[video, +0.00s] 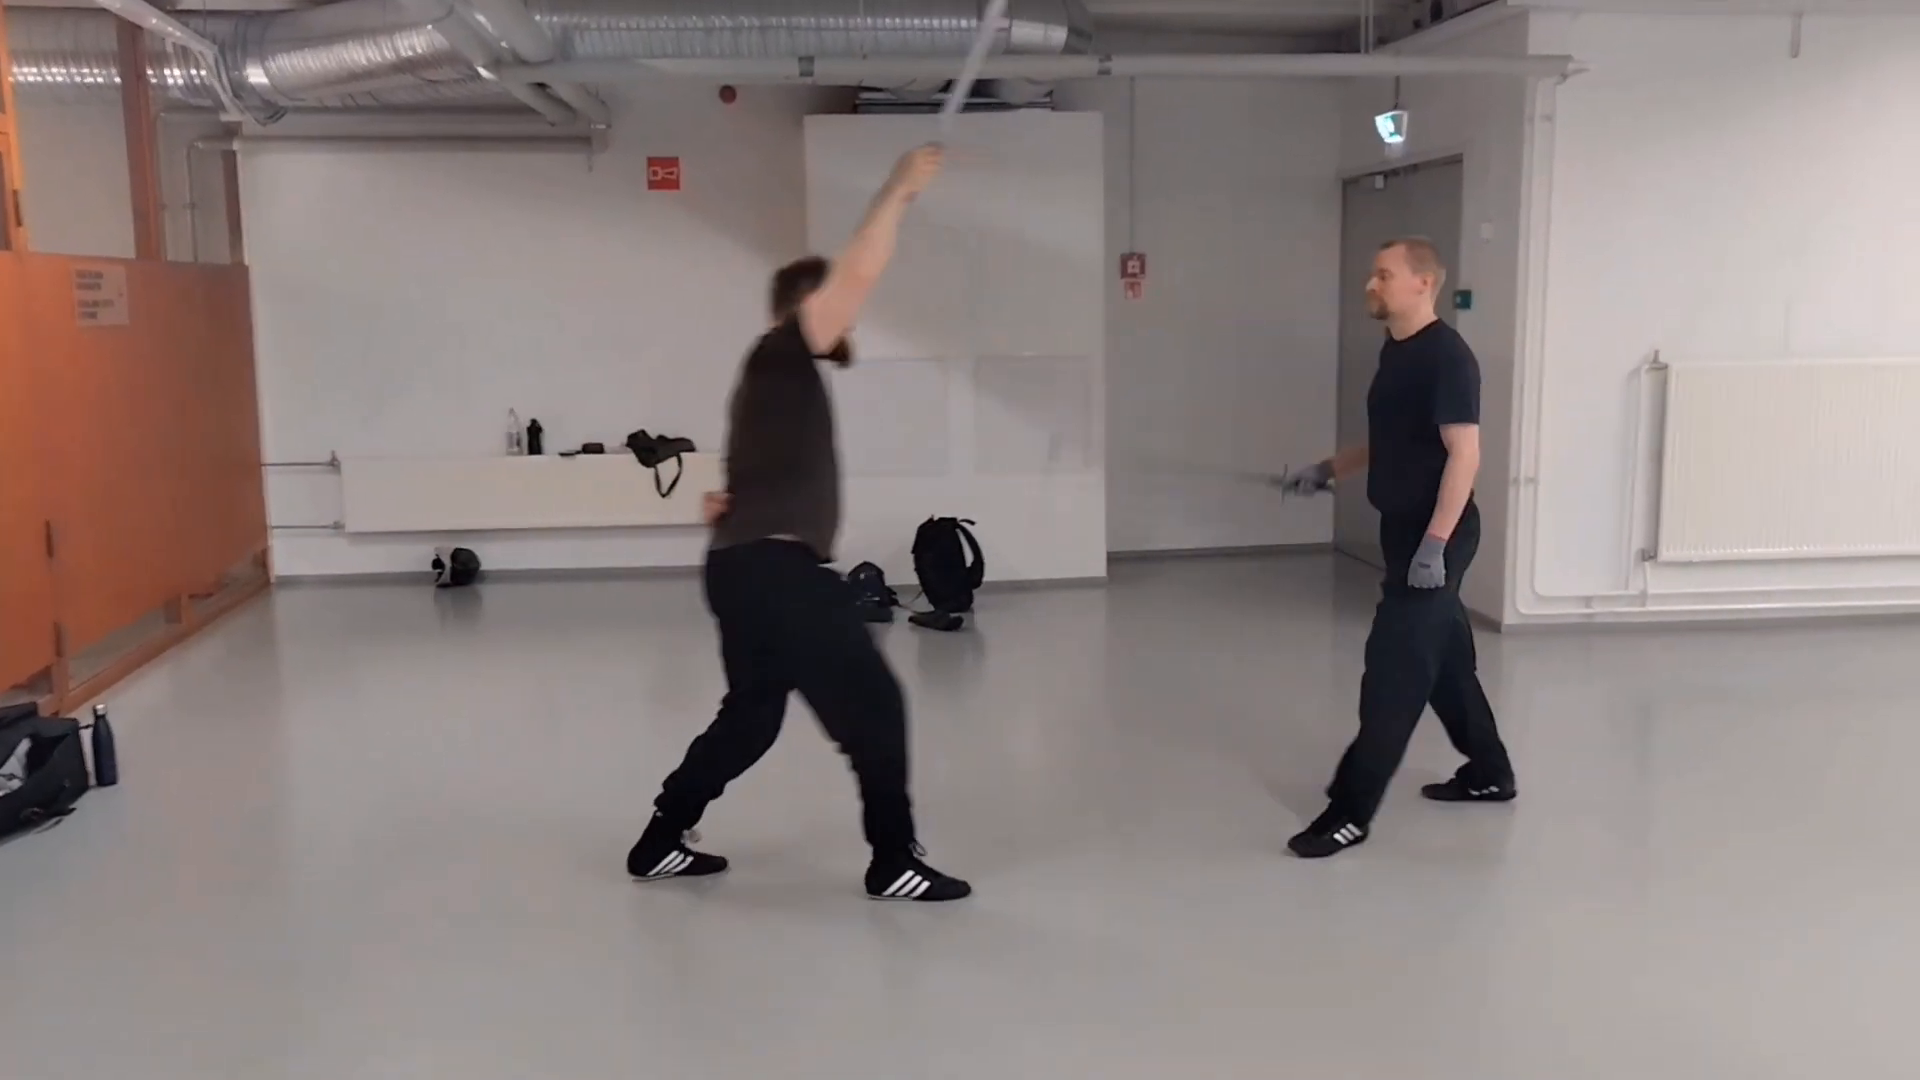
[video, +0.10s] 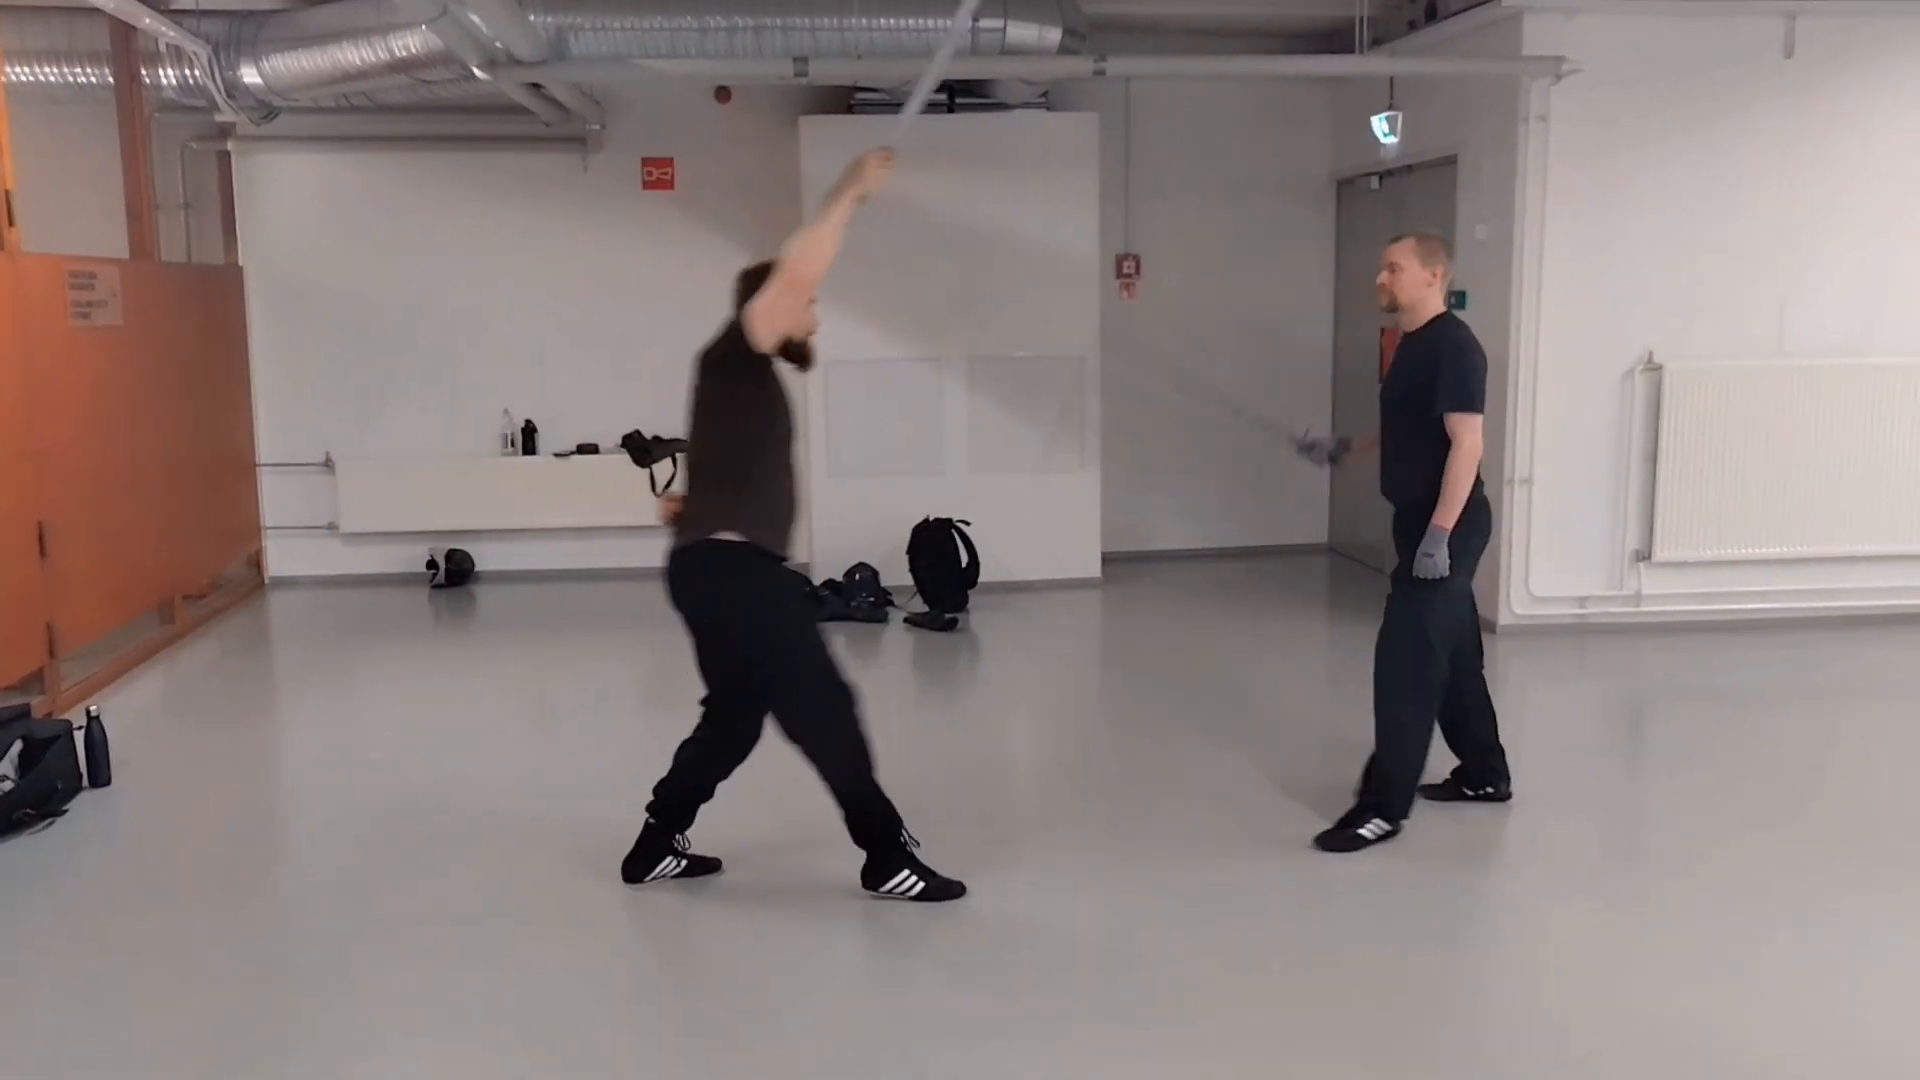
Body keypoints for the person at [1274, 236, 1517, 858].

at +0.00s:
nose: (1371, 285)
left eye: (1383, 276)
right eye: (1372, 276)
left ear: (1425, 284)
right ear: (1399, 288)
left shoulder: (1446, 355)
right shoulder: (1397, 352)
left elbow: (1466, 454)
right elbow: (1390, 441)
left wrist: (1434, 543)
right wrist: (1326, 470)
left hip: (1436, 535)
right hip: (1404, 530)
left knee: (1394, 667)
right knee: (1446, 659)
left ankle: (1351, 811)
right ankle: (1490, 769)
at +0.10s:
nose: (1381, 279)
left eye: (1394, 269)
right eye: (1382, 270)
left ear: (1435, 277)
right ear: (1413, 280)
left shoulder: (1453, 344)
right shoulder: (1410, 343)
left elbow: (1468, 444)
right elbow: (1407, 430)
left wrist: (1438, 533)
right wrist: (1345, 449)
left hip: (1446, 524)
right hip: (1419, 519)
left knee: (1404, 657)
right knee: (1453, 652)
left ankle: (1384, 807)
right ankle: (1485, 772)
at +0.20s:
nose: (1385, 276)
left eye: (1397, 266)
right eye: (1385, 266)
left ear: (1437, 274)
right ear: (1421, 277)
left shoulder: (1453, 339)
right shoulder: (1420, 341)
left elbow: (1465, 439)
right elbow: (1411, 426)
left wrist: (1433, 528)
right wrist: (1350, 424)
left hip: (1449, 523)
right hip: (1429, 518)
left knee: (1404, 653)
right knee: (1454, 648)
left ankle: (1401, 803)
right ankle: (1477, 770)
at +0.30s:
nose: (1385, 276)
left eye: (1397, 266)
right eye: (1385, 266)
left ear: (1436, 273)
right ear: (1423, 275)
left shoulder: (1450, 338)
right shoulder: (1428, 337)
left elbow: (1455, 436)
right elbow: (1435, 430)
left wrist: (1425, 524)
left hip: (1444, 519)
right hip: (1439, 514)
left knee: (1403, 654)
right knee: (1451, 649)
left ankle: (1409, 804)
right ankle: (1470, 772)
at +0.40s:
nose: (1384, 278)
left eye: (1396, 268)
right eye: (1385, 268)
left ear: (1435, 274)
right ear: (1422, 277)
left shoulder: (1445, 338)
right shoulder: (1425, 338)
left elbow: (1447, 438)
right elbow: (1411, 424)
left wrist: (1415, 526)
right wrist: (1369, 386)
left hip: (1440, 523)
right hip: (1442, 517)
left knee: (1404, 659)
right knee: (1446, 652)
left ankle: (1408, 810)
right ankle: (1463, 773)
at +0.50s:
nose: (1379, 279)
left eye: (1390, 269)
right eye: (1380, 270)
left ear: (1430, 277)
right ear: (1424, 279)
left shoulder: (1438, 342)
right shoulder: (1426, 342)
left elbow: (1435, 445)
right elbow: (1407, 424)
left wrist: (1406, 530)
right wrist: (1375, 375)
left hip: (1436, 523)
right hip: (1443, 518)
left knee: (1403, 662)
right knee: (1439, 653)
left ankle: (1404, 815)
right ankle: (1459, 773)